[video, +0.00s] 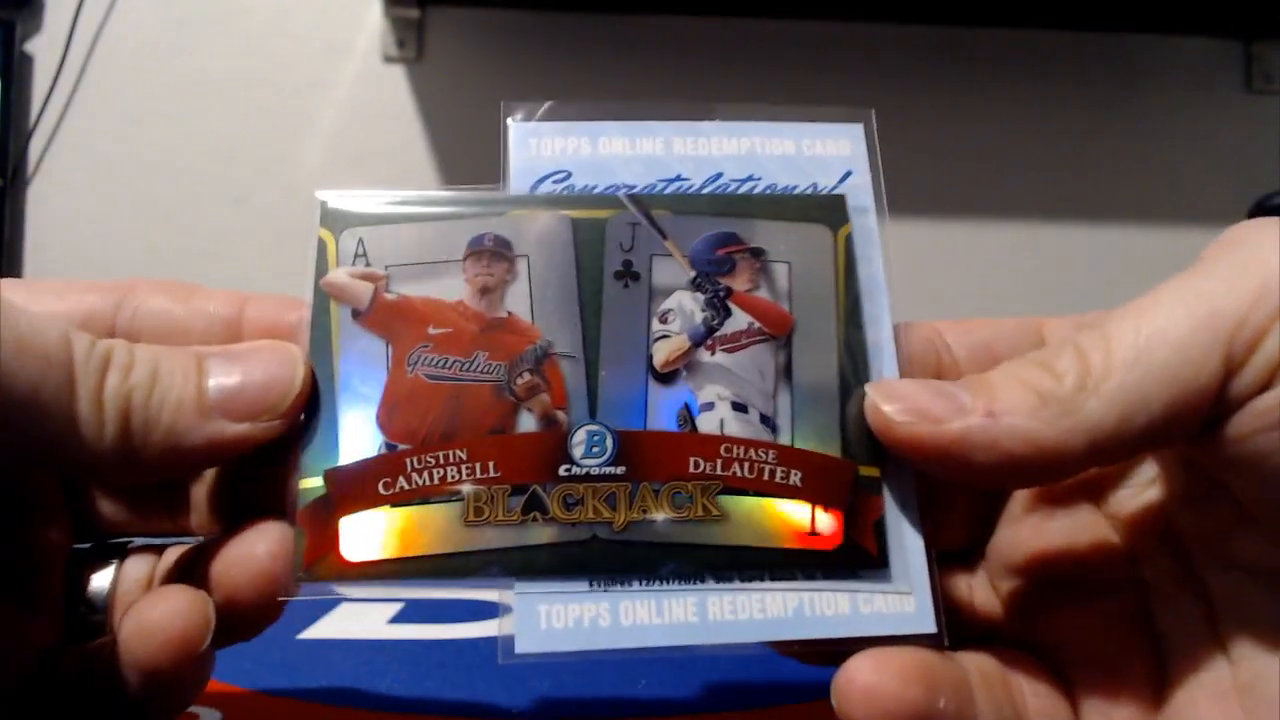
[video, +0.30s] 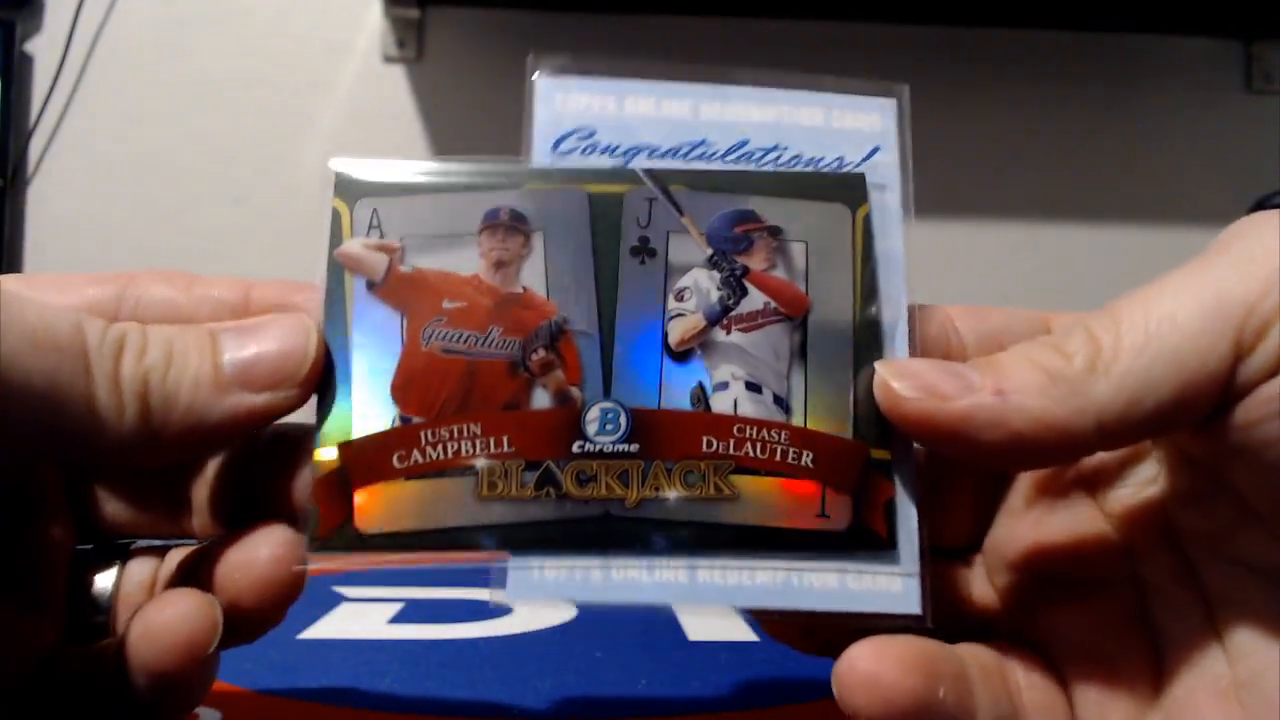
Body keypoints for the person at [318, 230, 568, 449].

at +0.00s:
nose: (485, 265)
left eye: (495, 259)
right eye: (477, 258)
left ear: (511, 272)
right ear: (464, 270)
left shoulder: (528, 339)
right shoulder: (419, 313)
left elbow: (561, 428)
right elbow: (332, 282)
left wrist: (542, 408)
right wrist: (368, 276)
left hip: (483, 473)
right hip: (406, 467)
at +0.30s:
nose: (500, 240)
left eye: (511, 233)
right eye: (492, 232)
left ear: (526, 246)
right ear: (479, 243)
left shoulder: (544, 315)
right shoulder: (433, 286)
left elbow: (574, 406)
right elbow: (347, 253)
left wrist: (554, 381)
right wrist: (379, 246)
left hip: (497, 447)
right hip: (420, 440)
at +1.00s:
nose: (522, 234)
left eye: (532, 230)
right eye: (514, 228)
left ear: (547, 245)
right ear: (500, 242)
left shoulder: (565, 317)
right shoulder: (456, 287)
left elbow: (597, 409)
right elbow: (370, 252)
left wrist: (579, 386)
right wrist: (404, 248)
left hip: (523, 450)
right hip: (450, 442)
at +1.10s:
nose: (532, 256)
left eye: (543, 250)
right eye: (524, 250)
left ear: (558, 265)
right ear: (511, 263)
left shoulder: (578, 335)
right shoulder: (469, 310)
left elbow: (612, 427)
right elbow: (382, 278)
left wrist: (593, 404)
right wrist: (413, 274)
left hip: (543, 471)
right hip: (468, 466)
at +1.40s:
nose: (554, 276)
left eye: (565, 270)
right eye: (546, 269)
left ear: (580, 285)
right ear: (534, 283)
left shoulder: (601, 357)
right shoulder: (491, 329)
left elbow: (634, 450)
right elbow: (403, 297)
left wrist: (616, 427)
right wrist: (437, 292)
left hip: (562, 495)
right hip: (485, 488)